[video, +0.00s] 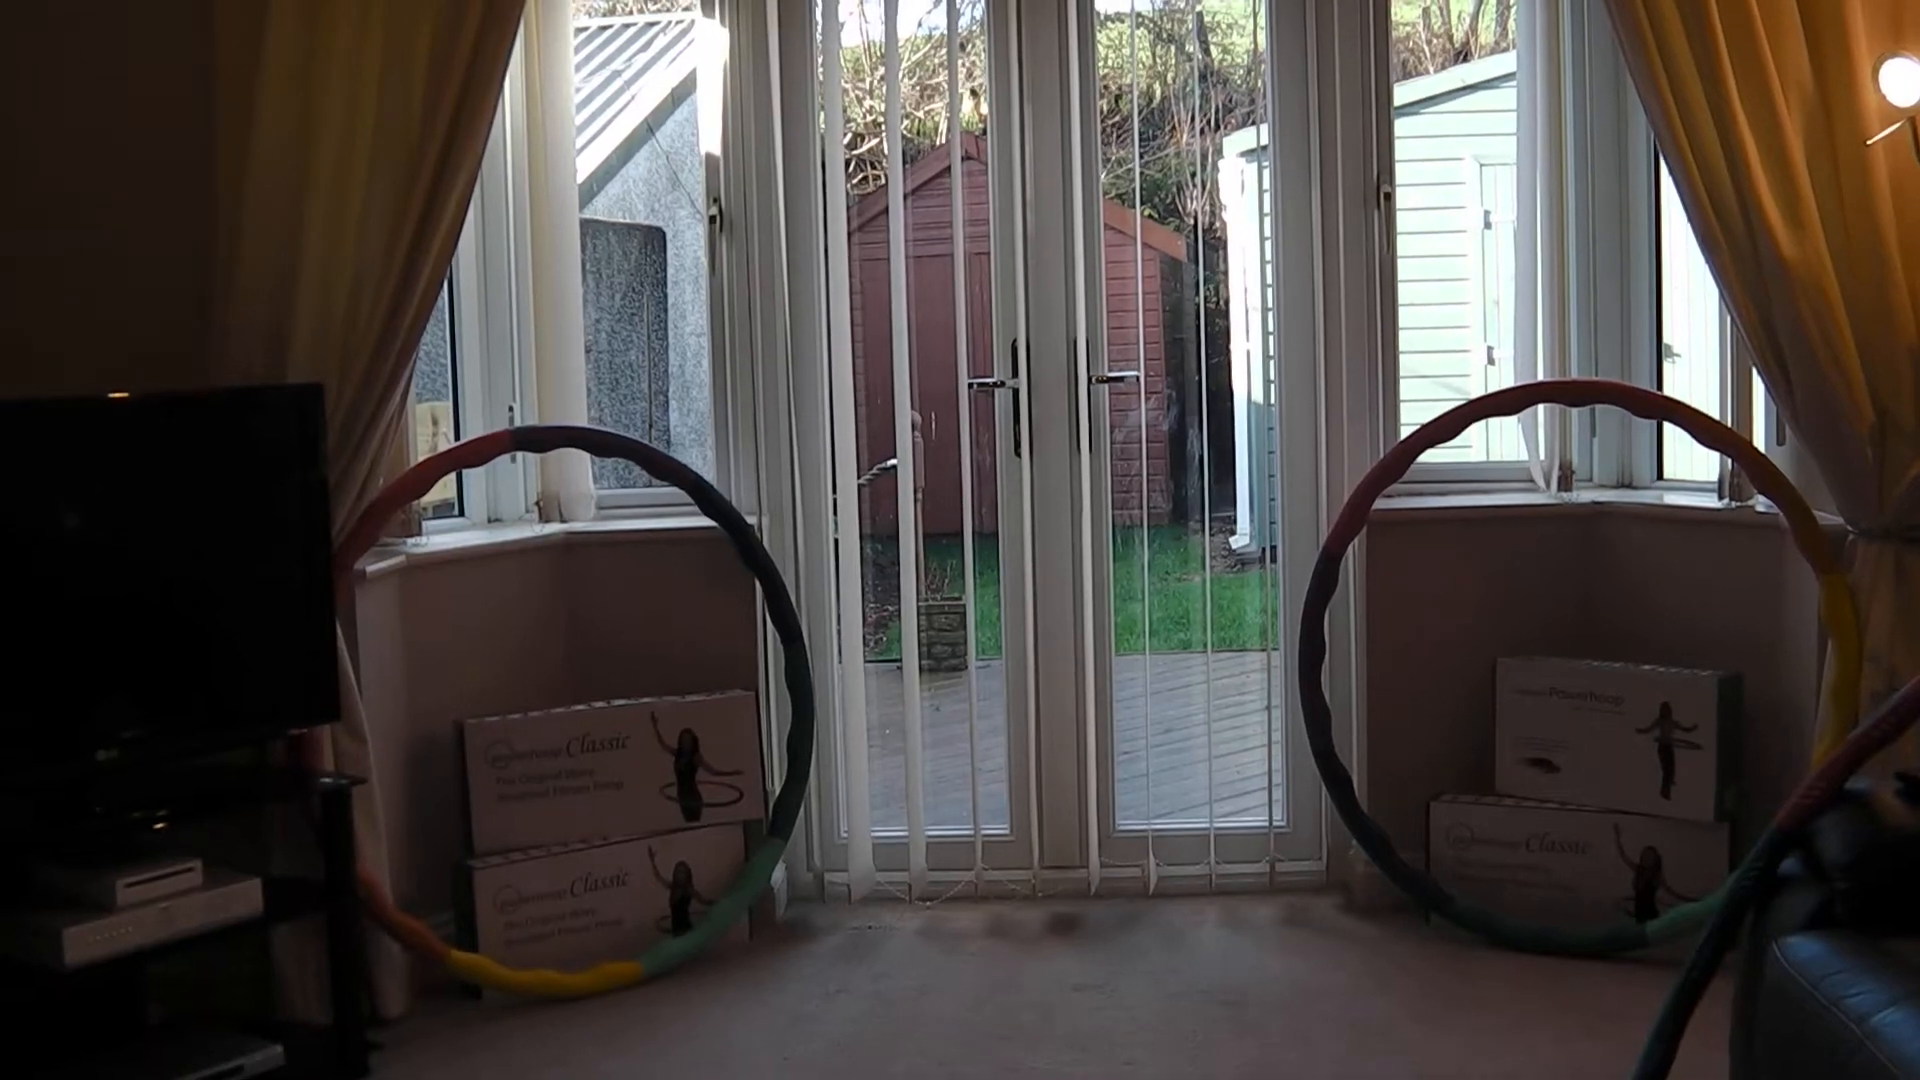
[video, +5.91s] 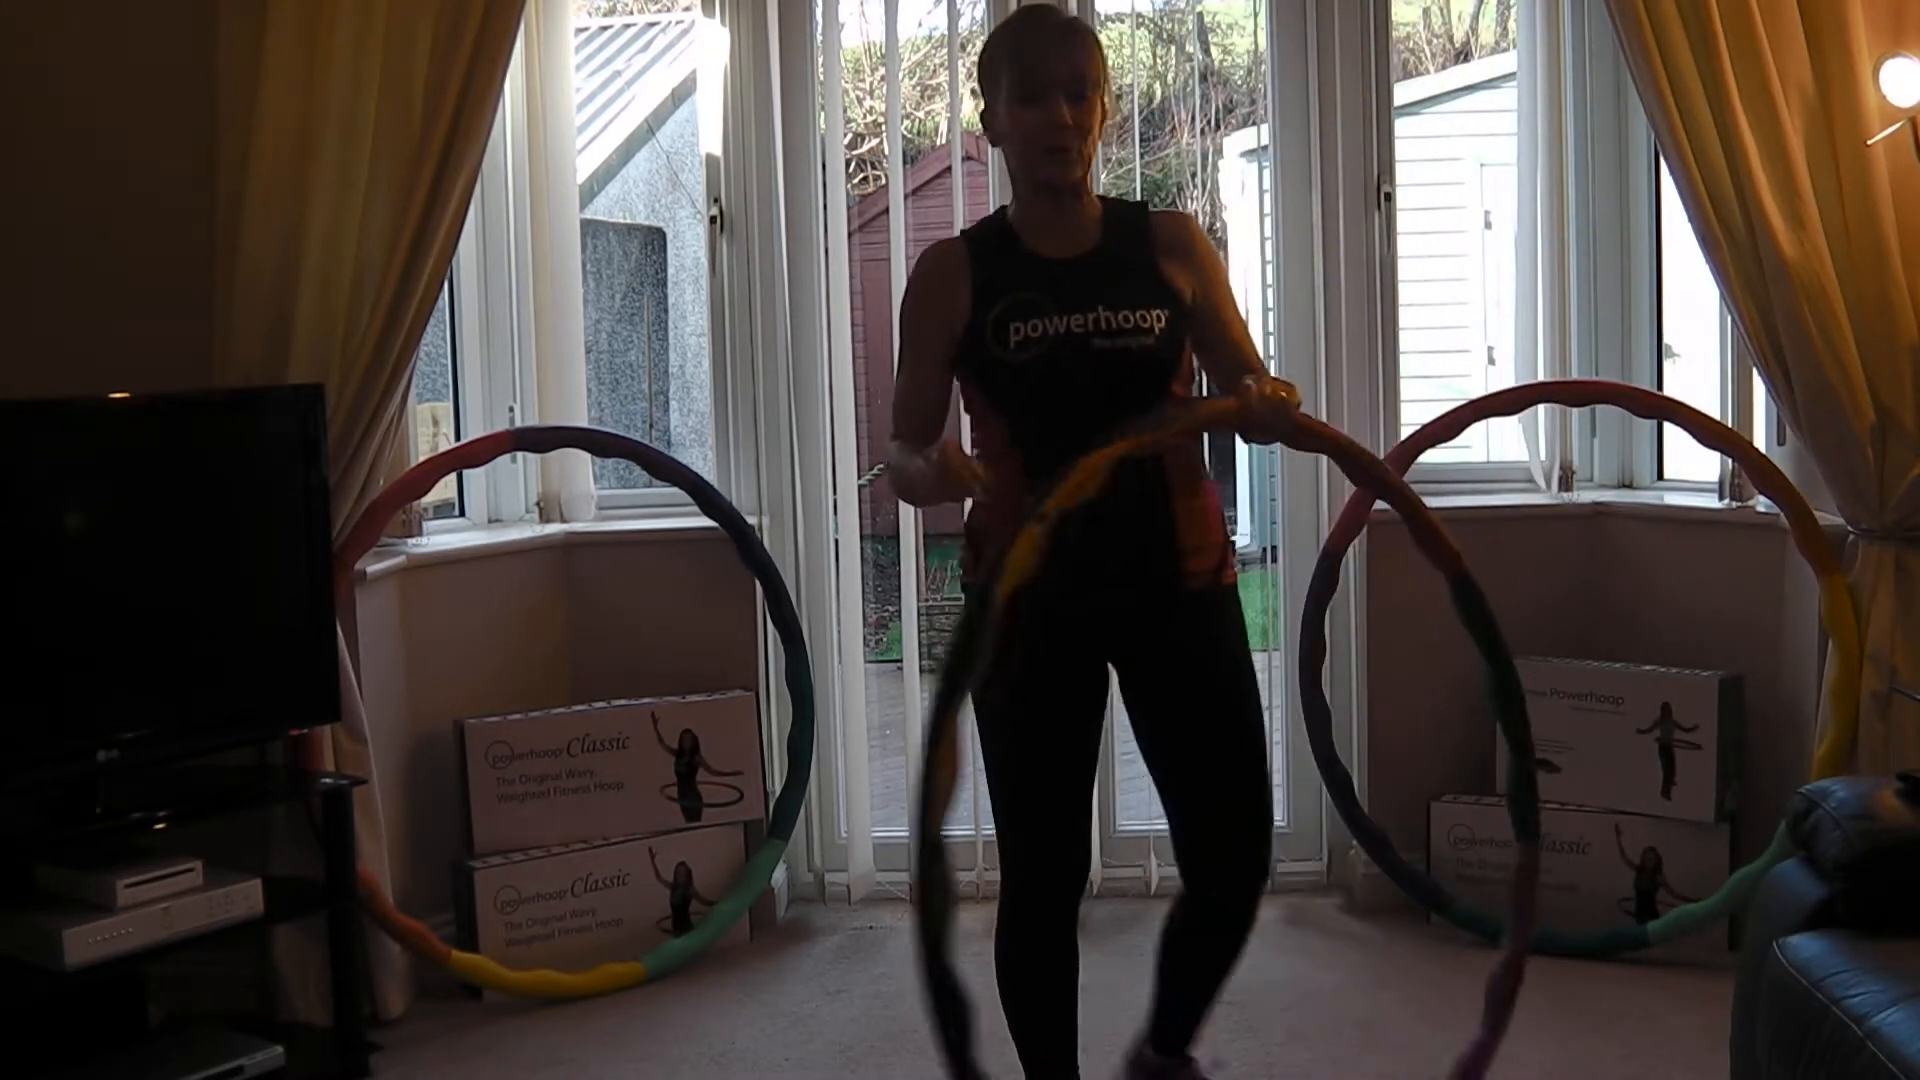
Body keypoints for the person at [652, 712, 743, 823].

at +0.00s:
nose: (685, 742)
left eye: (688, 739)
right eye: (683, 739)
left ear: (693, 741)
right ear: (680, 741)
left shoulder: (695, 757)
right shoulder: (678, 754)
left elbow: (713, 772)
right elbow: (662, 744)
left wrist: (733, 773)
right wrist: (655, 725)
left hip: (692, 794)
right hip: (681, 794)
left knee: (695, 826)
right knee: (690, 826)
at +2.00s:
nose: (685, 742)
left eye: (688, 739)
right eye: (683, 739)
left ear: (693, 741)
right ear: (680, 741)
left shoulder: (696, 757)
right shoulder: (678, 754)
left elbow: (712, 772)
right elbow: (662, 744)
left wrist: (732, 773)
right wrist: (655, 725)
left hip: (693, 795)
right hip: (682, 795)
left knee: (696, 829)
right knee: (691, 829)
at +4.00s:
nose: (685, 742)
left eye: (688, 739)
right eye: (683, 739)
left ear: (693, 741)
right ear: (680, 741)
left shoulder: (695, 757)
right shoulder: (677, 754)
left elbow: (712, 772)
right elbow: (662, 744)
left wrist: (732, 774)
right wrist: (655, 725)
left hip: (693, 794)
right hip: (682, 795)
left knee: (695, 828)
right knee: (691, 828)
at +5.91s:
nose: (686, 742)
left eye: (689, 739)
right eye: (684, 739)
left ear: (694, 741)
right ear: (680, 741)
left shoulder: (696, 757)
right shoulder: (678, 754)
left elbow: (712, 772)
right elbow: (662, 744)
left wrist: (733, 774)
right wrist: (655, 726)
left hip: (693, 795)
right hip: (682, 795)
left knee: (695, 828)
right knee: (690, 828)